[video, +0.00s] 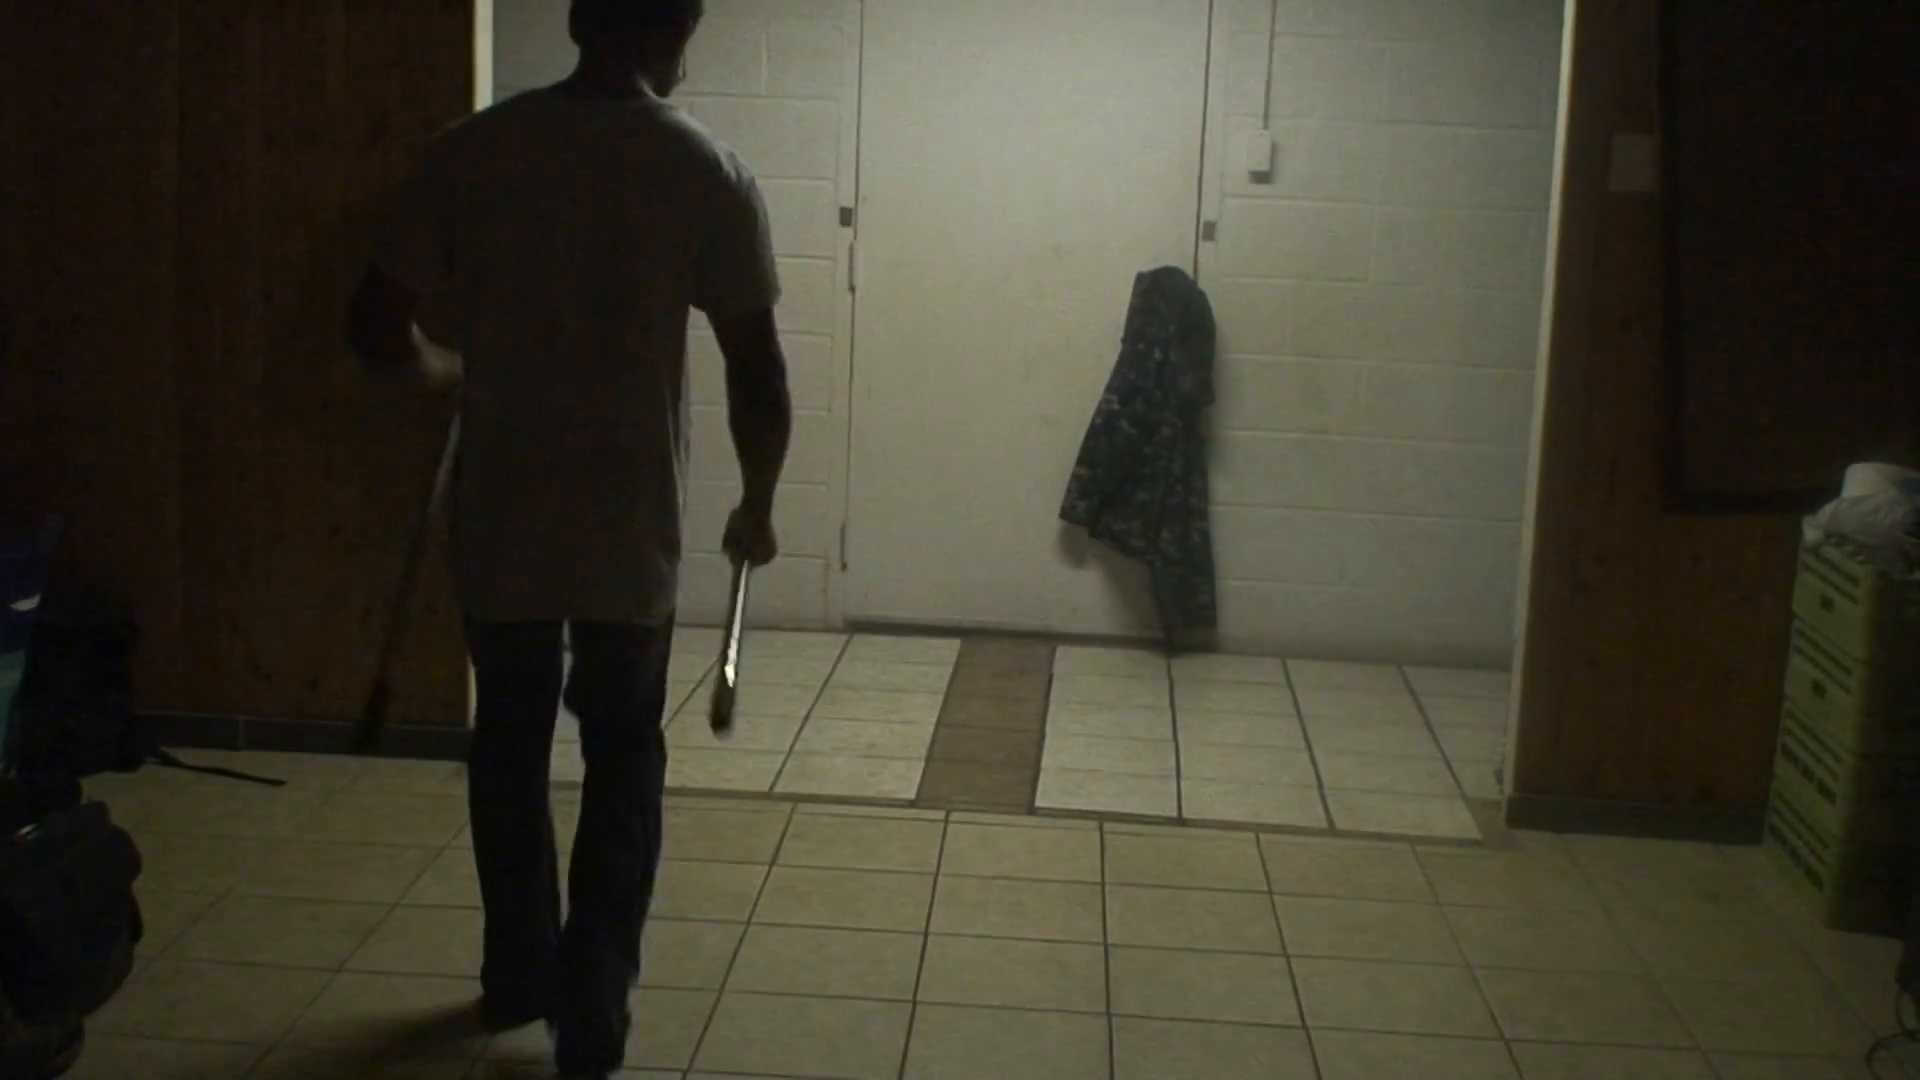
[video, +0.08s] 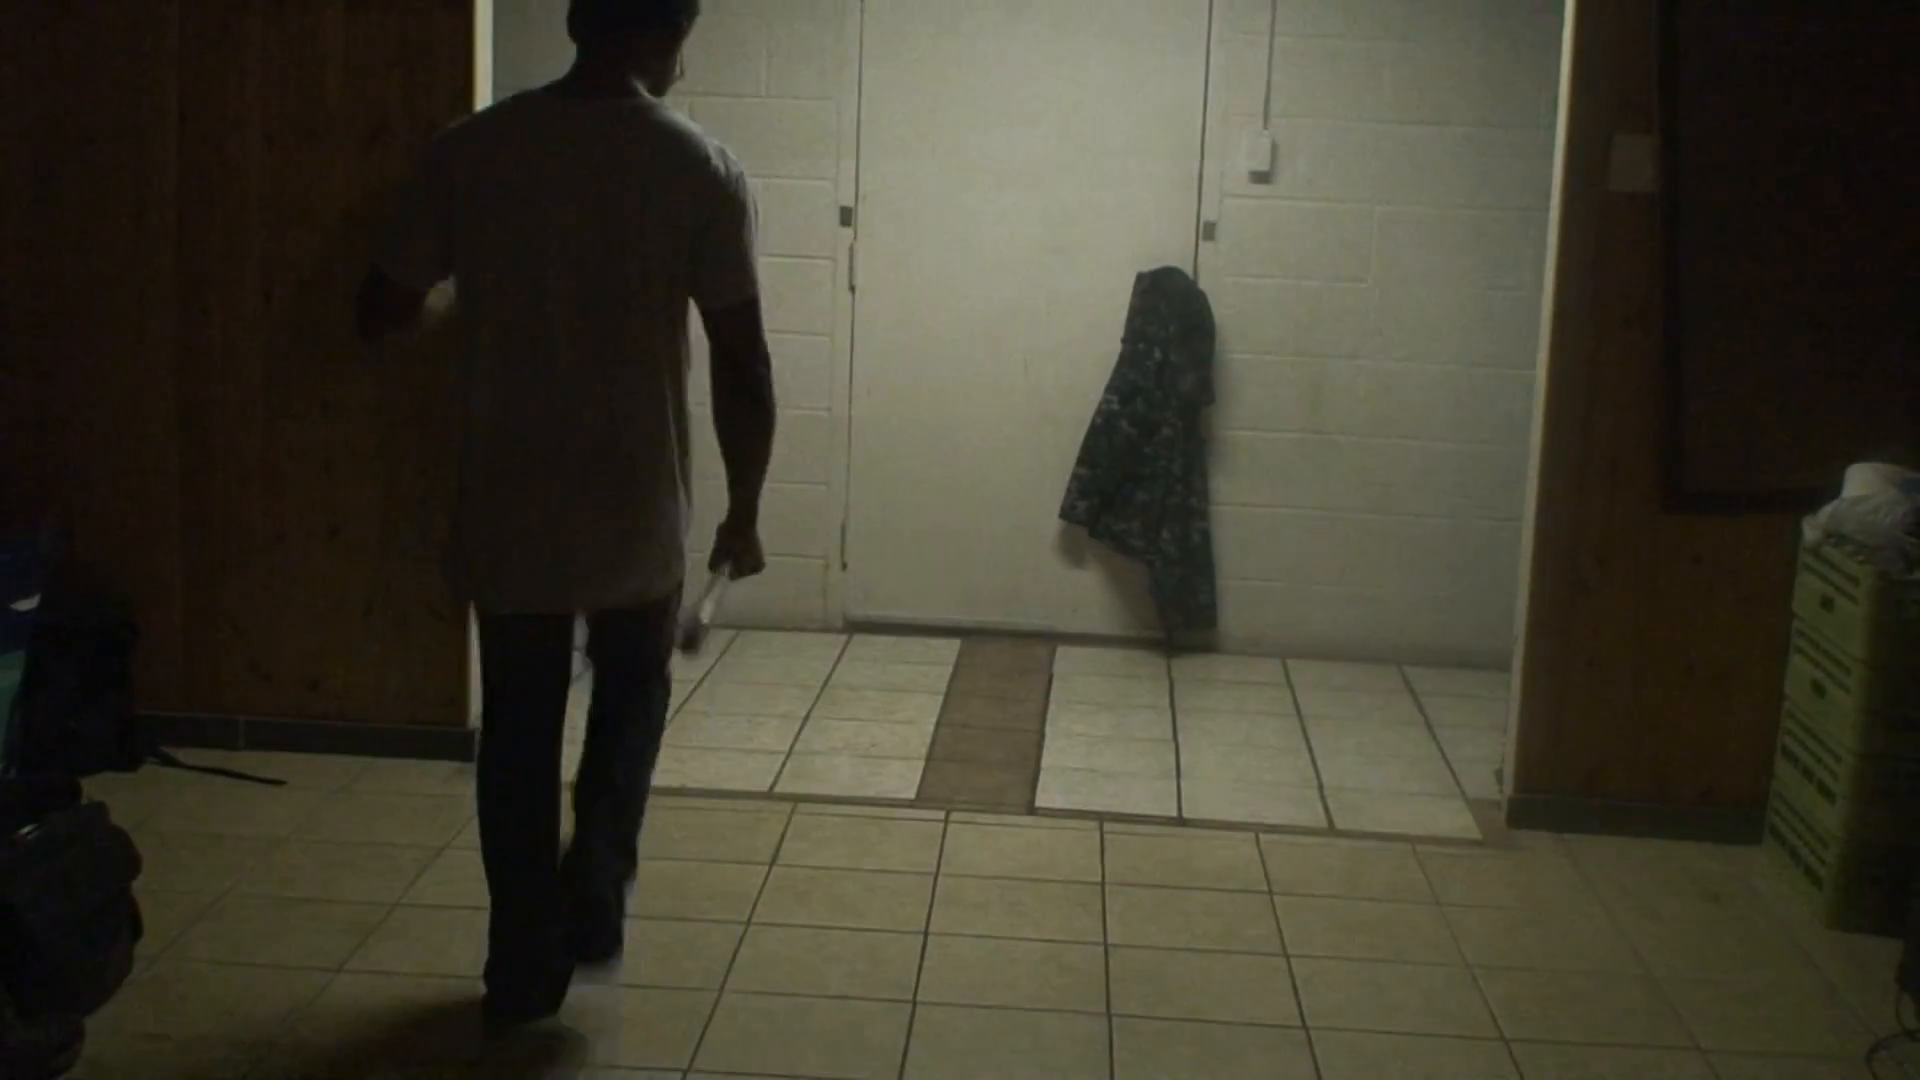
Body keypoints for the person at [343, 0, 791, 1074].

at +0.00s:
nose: (688, 53)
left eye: (685, 35)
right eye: (687, 35)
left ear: (580, 26)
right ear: (668, 38)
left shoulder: (470, 147)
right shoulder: (706, 174)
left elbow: (376, 323)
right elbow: (758, 377)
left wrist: (448, 378)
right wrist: (758, 503)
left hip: (498, 500)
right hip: (627, 511)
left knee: (507, 739)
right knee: (624, 752)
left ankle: (516, 972)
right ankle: (593, 1019)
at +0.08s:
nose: (682, 59)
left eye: (681, 39)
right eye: (681, 39)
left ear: (581, 26)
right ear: (658, 39)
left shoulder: (471, 146)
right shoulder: (696, 167)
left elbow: (383, 313)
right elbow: (741, 362)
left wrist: (450, 282)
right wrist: (745, 509)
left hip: (506, 482)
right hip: (634, 489)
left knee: (516, 711)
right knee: (630, 690)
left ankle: (520, 967)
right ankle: (591, 911)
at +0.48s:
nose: (743, 81)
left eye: (742, 63)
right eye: (743, 65)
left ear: (653, 48)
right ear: (725, 63)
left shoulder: (548, 157)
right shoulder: (724, 179)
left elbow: (473, 285)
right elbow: (743, 327)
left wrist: (528, 383)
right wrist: (763, 446)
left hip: (568, 443)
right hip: (682, 451)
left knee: (578, 639)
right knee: (684, 645)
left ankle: (546, 864)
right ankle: (630, 845)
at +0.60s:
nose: (773, 73)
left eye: (773, 55)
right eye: (772, 56)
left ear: (686, 40)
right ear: (750, 55)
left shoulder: (580, 153)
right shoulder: (749, 170)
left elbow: (516, 298)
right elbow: (788, 327)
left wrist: (515, 405)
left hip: (594, 431)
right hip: (696, 445)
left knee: (633, 551)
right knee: (693, 642)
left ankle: (592, 732)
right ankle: (633, 849)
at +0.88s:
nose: (821, 65)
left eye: (820, 49)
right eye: (818, 49)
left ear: (738, 39)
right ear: (794, 49)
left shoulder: (638, 143)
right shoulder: (794, 160)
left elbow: (570, 260)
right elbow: (840, 310)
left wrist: (590, 374)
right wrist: (885, 294)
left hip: (666, 404)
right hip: (751, 415)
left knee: (705, 546)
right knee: (738, 601)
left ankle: (705, 723)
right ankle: (674, 789)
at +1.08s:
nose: (855, 90)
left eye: (857, 73)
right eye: (855, 73)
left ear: (778, 56)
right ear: (829, 68)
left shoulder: (695, 146)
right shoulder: (817, 171)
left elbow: (660, 260)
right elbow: (816, 319)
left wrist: (746, 290)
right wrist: (821, 438)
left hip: (716, 409)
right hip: (788, 420)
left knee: (729, 554)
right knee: (821, 556)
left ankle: (699, 736)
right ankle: (709, 727)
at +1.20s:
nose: (889, 85)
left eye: (892, 68)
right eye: (885, 67)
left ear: (816, 56)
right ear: (846, 62)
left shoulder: (743, 133)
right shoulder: (830, 153)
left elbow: (748, 268)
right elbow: (804, 273)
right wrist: (821, 387)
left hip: (757, 380)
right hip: (821, 380)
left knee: (762, 539)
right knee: (920, 469)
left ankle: (704, 722)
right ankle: (817, 616)